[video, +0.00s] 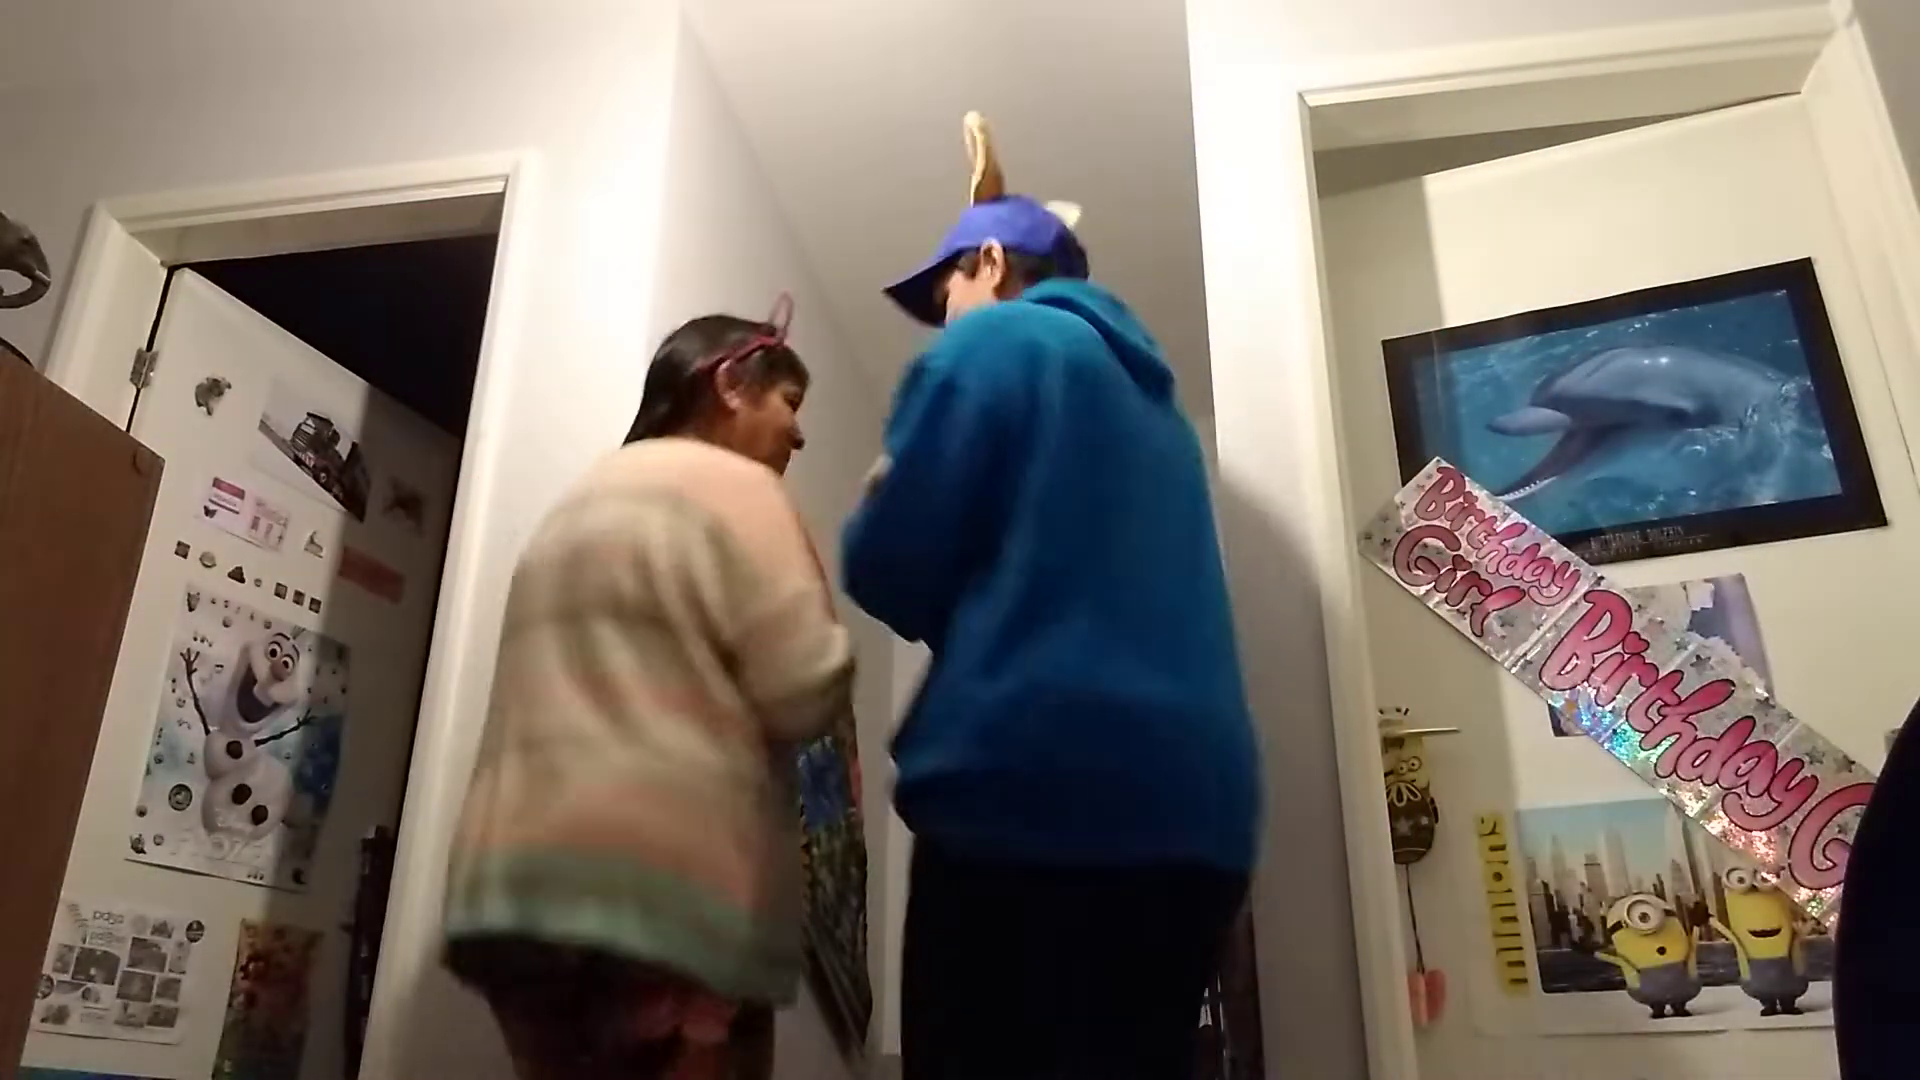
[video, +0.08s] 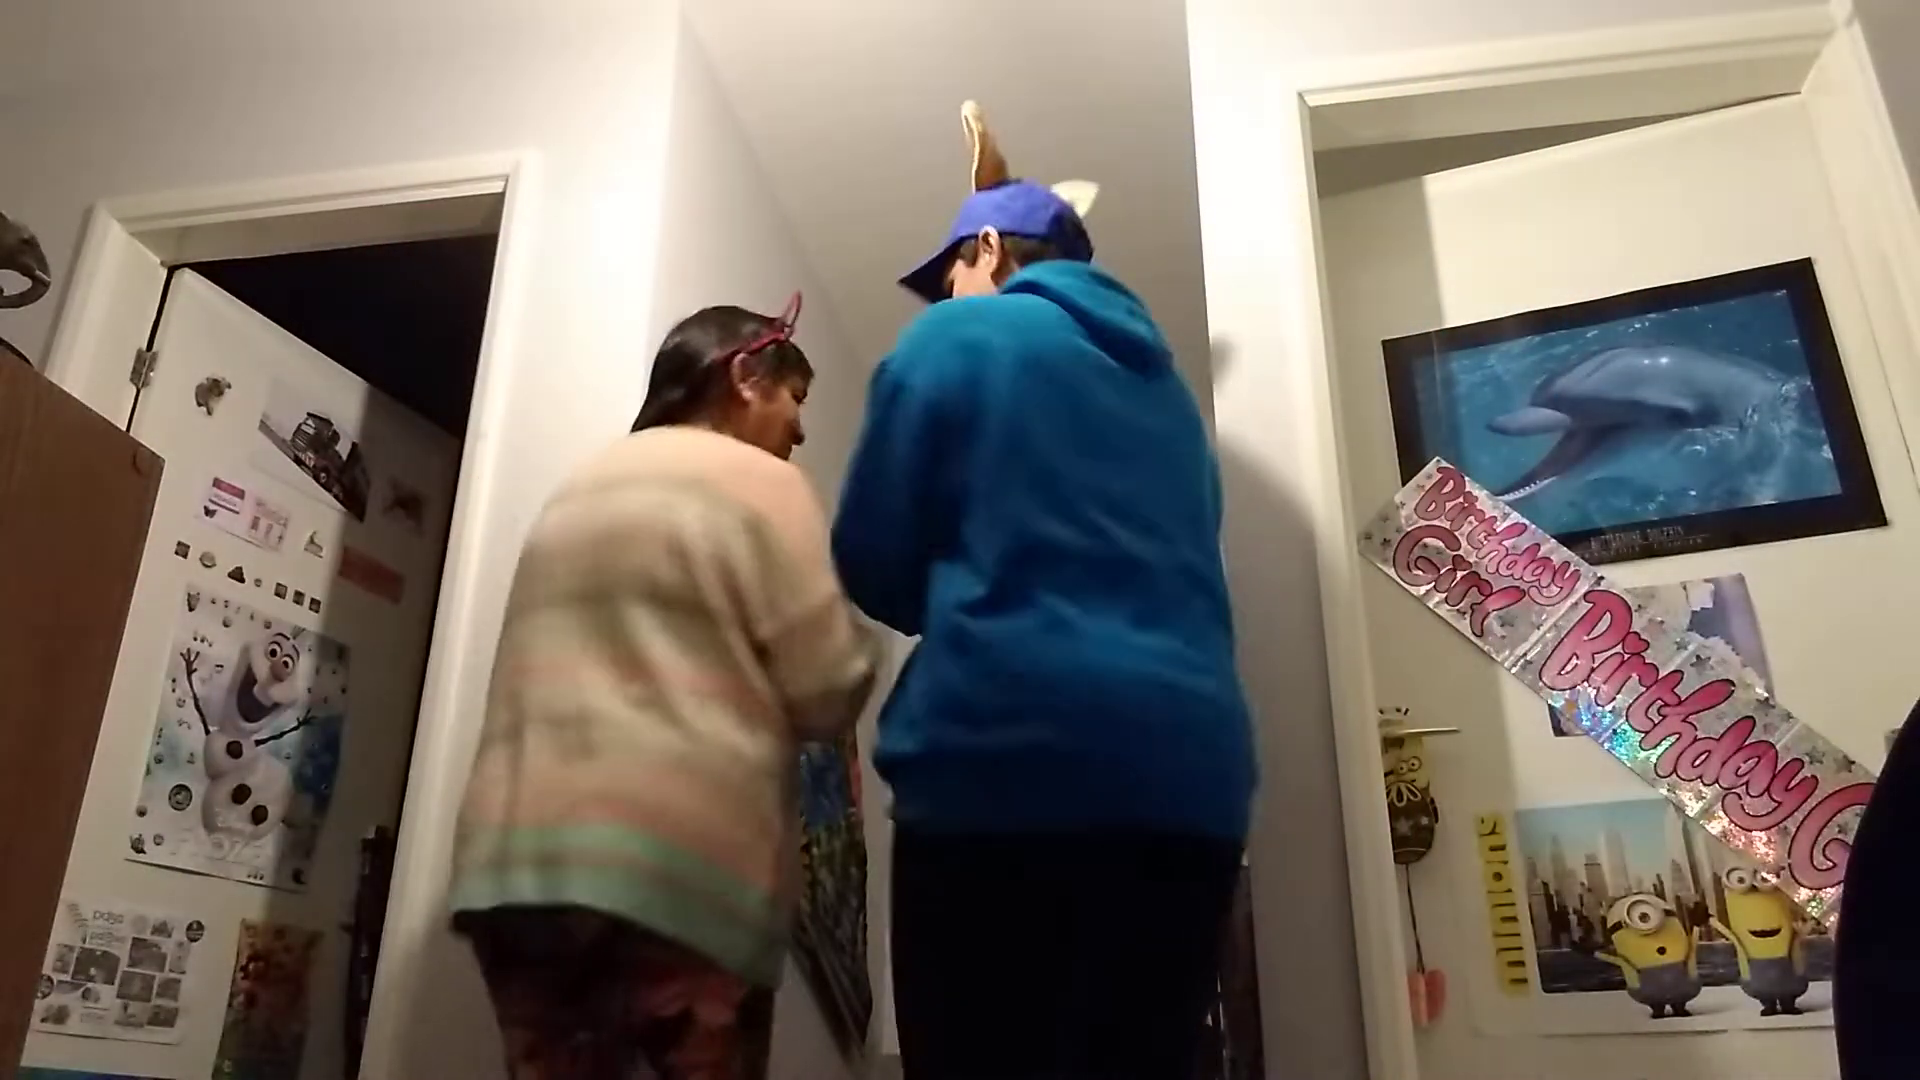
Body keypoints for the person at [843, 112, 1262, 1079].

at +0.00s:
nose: (939, 314)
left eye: (944, 289)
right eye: (938, 295)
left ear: (989, 267)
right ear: (1074, 275)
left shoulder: (994, 339)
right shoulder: (1162, 409)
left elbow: (885, 566)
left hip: (1021, 787)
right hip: (1192, 806)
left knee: (972, 1052)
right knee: (1137, 1057)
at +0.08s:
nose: (944, 293)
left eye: (949, 274)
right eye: (945, 278)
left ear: (989, 258)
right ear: (1080, 264)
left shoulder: (953, 338)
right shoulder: (1172, 392)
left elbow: (872, 561)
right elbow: (1177, 556)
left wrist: (977, 608)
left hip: (997, 761)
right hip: (1187, 773)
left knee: (973, 1051)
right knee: (1150, 1054)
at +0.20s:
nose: (950, 287)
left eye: (956, 269)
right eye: (953, 272)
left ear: (986, 259)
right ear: (1086, 263)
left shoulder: (927, 346)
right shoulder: (1184, 385)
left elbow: (865, 552)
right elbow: (1206, 552)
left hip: (967, 754)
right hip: (1172, 756)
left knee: (970, 1047)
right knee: (1161, 1048)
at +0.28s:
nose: (955, 297)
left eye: (959, 280)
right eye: (956, 283)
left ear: (986, 269)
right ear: (1090, 268)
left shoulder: (927, 356)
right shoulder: (1185, 381)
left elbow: (868, 548)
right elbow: (1211, 550)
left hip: (942, 760)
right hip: (1157, 761)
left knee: (962, 1043)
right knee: (1156, 1041)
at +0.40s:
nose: (954, 326)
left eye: (955, 311)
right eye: (953, 314)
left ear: (981, 300)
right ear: (1084, 293)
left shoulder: (935, 377)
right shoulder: (1182, 402)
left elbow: (866, 543)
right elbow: (1213, 570)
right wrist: (1134, 654)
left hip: (918, 771)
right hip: (1133, 782)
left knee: (918, 1046)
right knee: (1097, 1052)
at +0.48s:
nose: (941, 324)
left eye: (943, 309)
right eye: (942, 312)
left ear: (965, 294)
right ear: (1071, 286)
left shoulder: (923, 377)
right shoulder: (1173, 394)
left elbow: (868, 541)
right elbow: (1203, 586)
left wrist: (938, 630)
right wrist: (1126, 667)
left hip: (917, 759)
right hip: (1129, 770)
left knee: (931, 1042)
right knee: (1098, 1046)